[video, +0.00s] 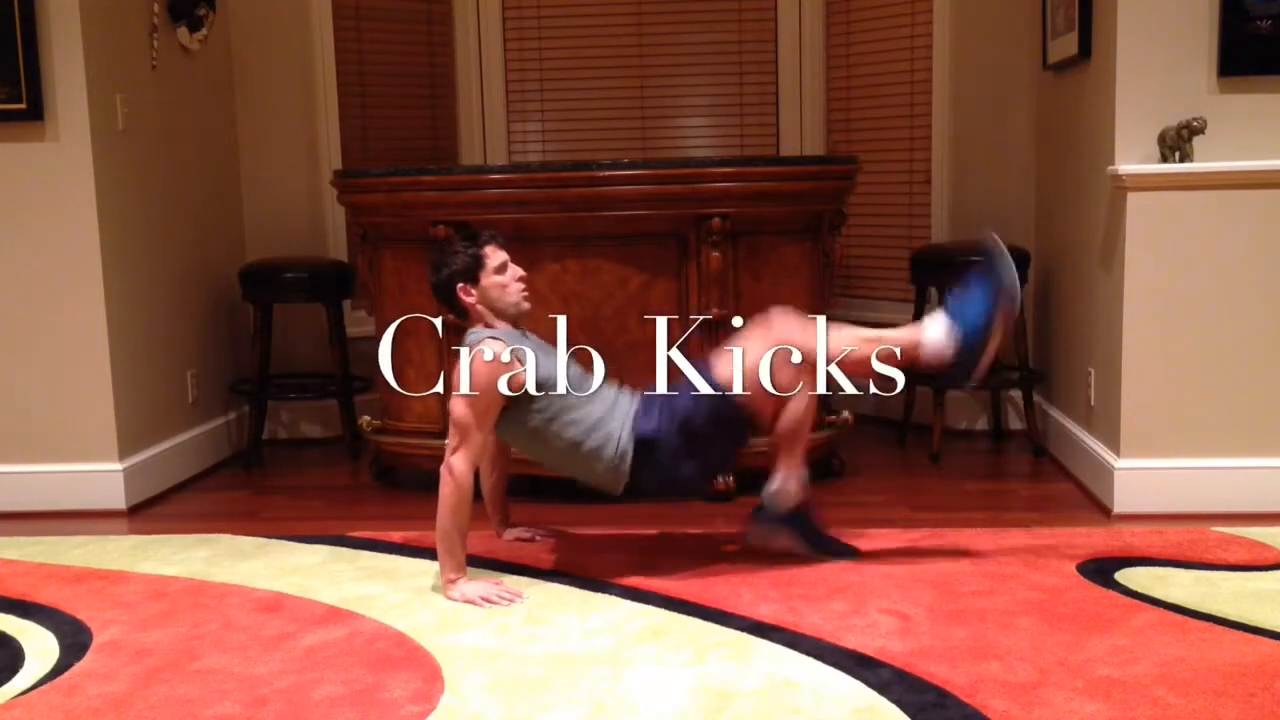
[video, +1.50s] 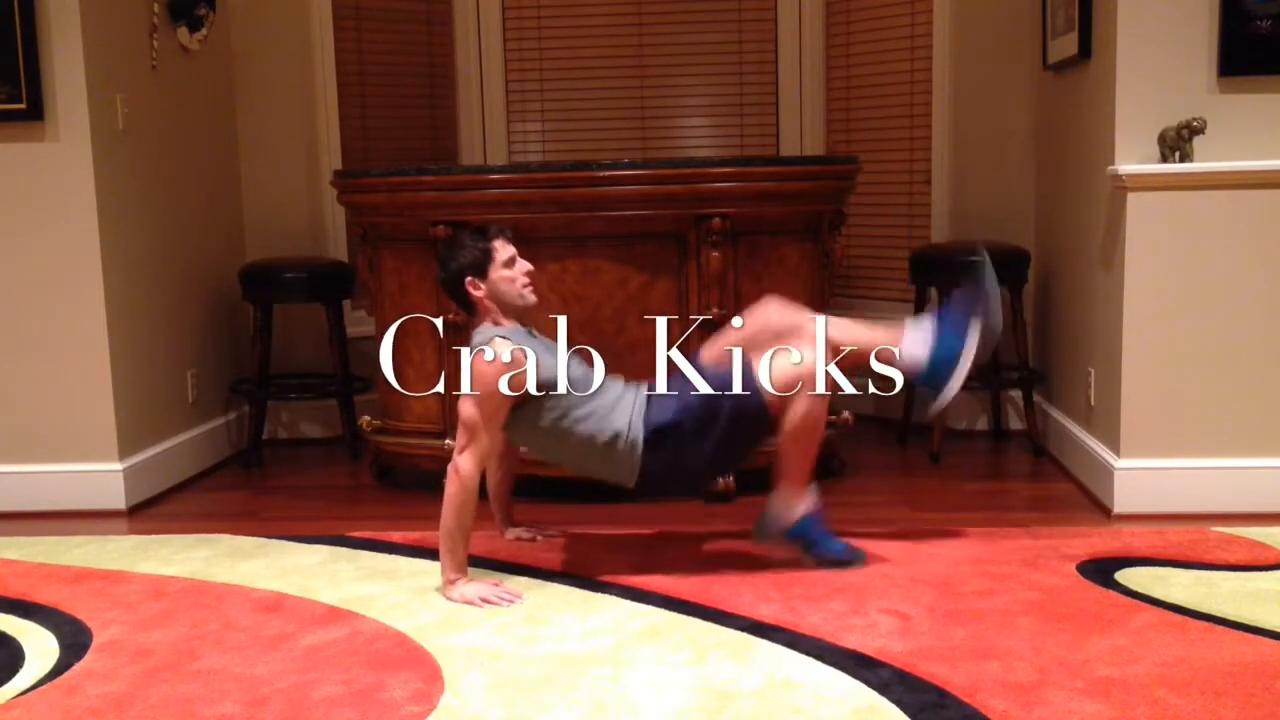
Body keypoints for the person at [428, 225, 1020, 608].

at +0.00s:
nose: (519, 275)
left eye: (513, 265)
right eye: (502, 271)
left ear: (495, 286)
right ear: (470, 297)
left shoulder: (510, 345)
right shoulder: (486, 357)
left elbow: (493, 446)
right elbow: (455, 468)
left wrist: (499, 526)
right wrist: (452, 575)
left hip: (657, 428)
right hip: (650, 446)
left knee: (787, 337)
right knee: (787, 334)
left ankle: (782, 505)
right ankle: (937, 341)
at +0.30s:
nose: (523, 270)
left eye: (518, 260)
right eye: (507, 265)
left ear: (502, 280)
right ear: (473, 292)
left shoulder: (518, 341)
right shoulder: (494, 359)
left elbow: (497, 440)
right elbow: (463, 466)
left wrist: (501, 525)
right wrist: (453, 577)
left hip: (663, 423)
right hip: (658, 444)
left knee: (794, 347)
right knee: (781, 310)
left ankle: (794, 489)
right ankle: (924, 386)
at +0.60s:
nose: (544, 279)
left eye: (536, 268)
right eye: (526, 276)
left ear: (519, 296)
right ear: (499, 306)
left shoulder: (540, 345)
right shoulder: (511, 370)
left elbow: (506, 442)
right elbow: (468, 468)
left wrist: (501, 526)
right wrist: (452, 579)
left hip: (661, 450)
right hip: (654, 478)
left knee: (804, 383)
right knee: (791, 384)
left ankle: (923, 308)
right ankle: (791, 527)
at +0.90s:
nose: (526, 269)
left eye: (520, 259)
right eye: (510, 265)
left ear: (494, 284)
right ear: (476, 291)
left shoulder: (515, 338)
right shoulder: (492, 356)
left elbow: (500, 441)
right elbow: (464, 465)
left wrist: (500, 527)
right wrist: (453, 575)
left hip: (669, 387)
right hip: (672, 414)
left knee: (799, 304)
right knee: (809, 308)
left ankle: (821, 457)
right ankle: (904, 435)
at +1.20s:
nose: (540, 278)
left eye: (532, 268)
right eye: (523, 276)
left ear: (514, 295)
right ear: (495, 305)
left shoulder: (538, 350)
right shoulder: (517, 371)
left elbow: (500, 444)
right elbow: (469, 469)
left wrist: (501, 525)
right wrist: (451, 578)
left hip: (656, 454)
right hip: (654, 489)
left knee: (787, 369)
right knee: (788, 377)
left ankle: (774, 518)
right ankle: (932, 319)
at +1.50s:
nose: (526, 272)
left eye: (521, 262)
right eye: (511, 266)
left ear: (498, 282)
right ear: (478, 290)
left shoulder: (515, 340)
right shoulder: (492, 358)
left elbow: (498, 442)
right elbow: (463, 466)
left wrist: (501, 524)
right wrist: (452, 577)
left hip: (656, 407)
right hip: (651, 445)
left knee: (775, 313)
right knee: (806, 366)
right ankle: (789, 513)